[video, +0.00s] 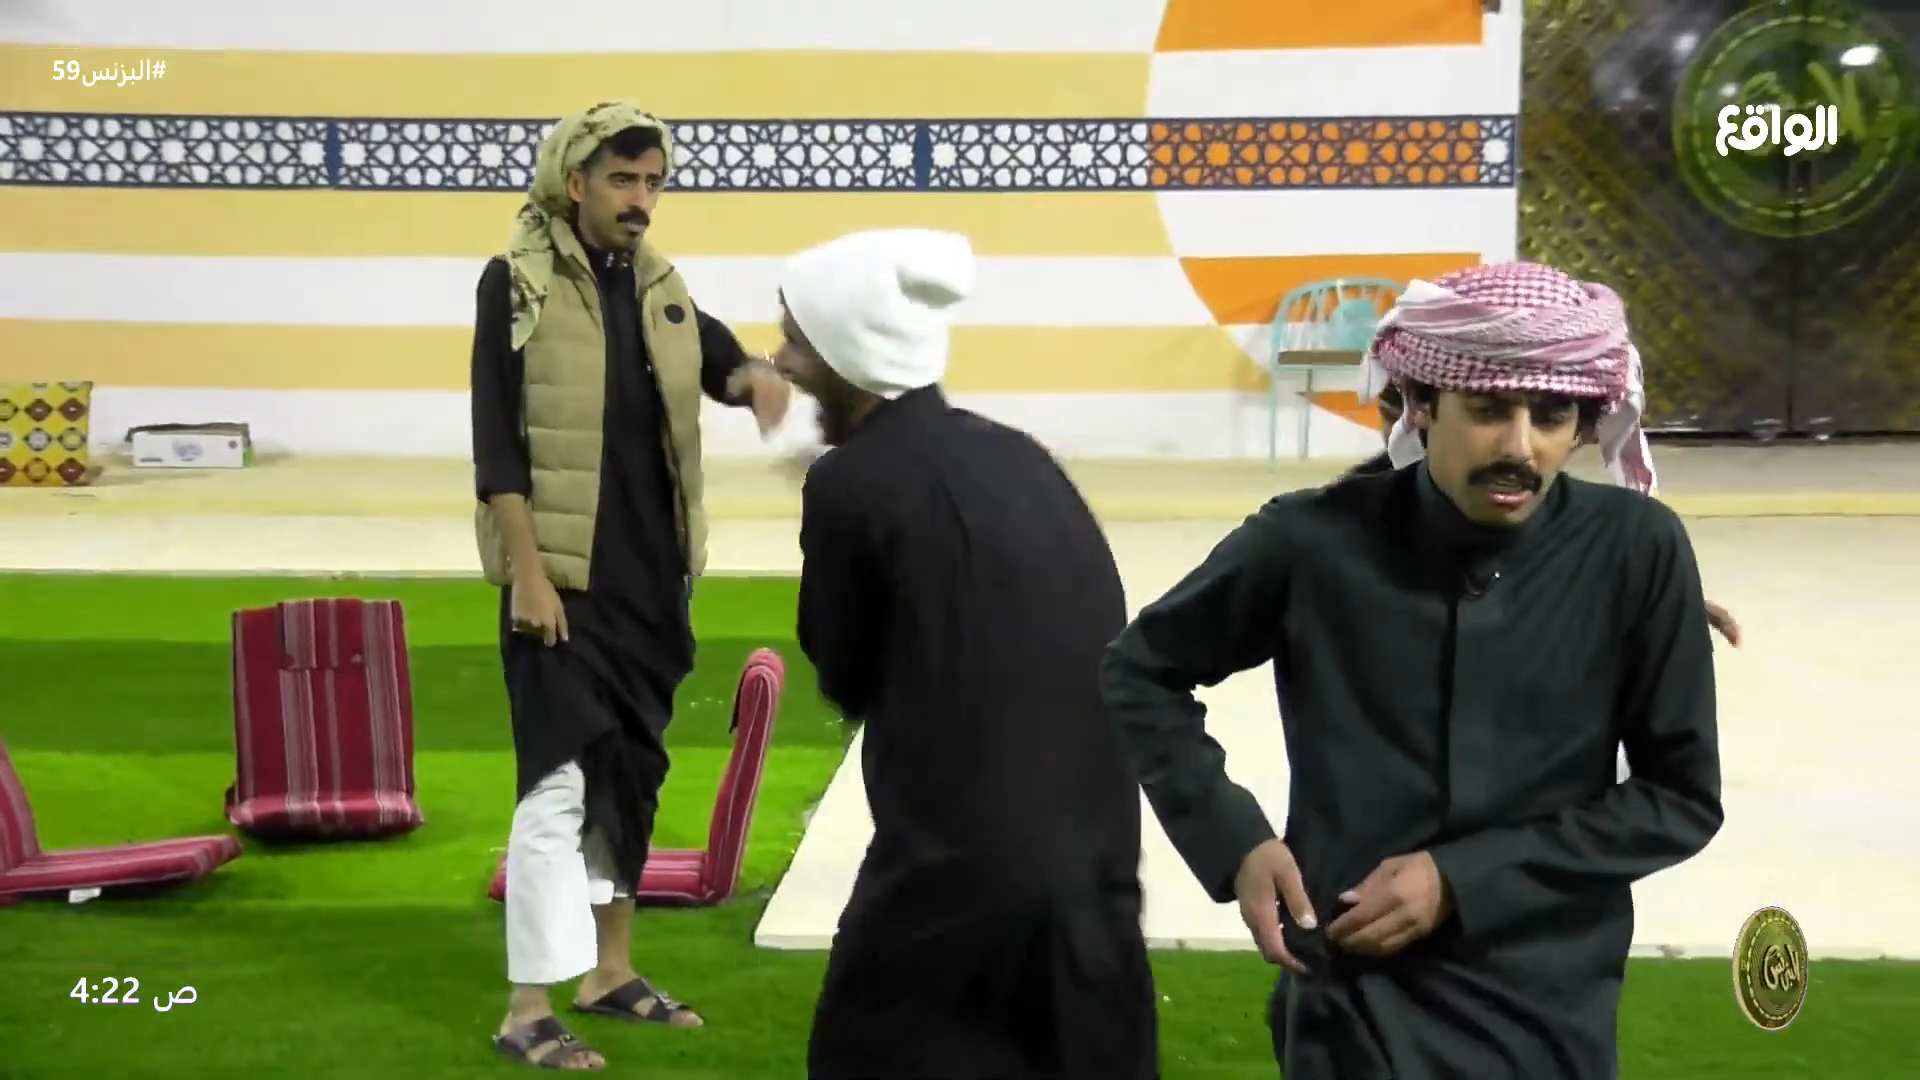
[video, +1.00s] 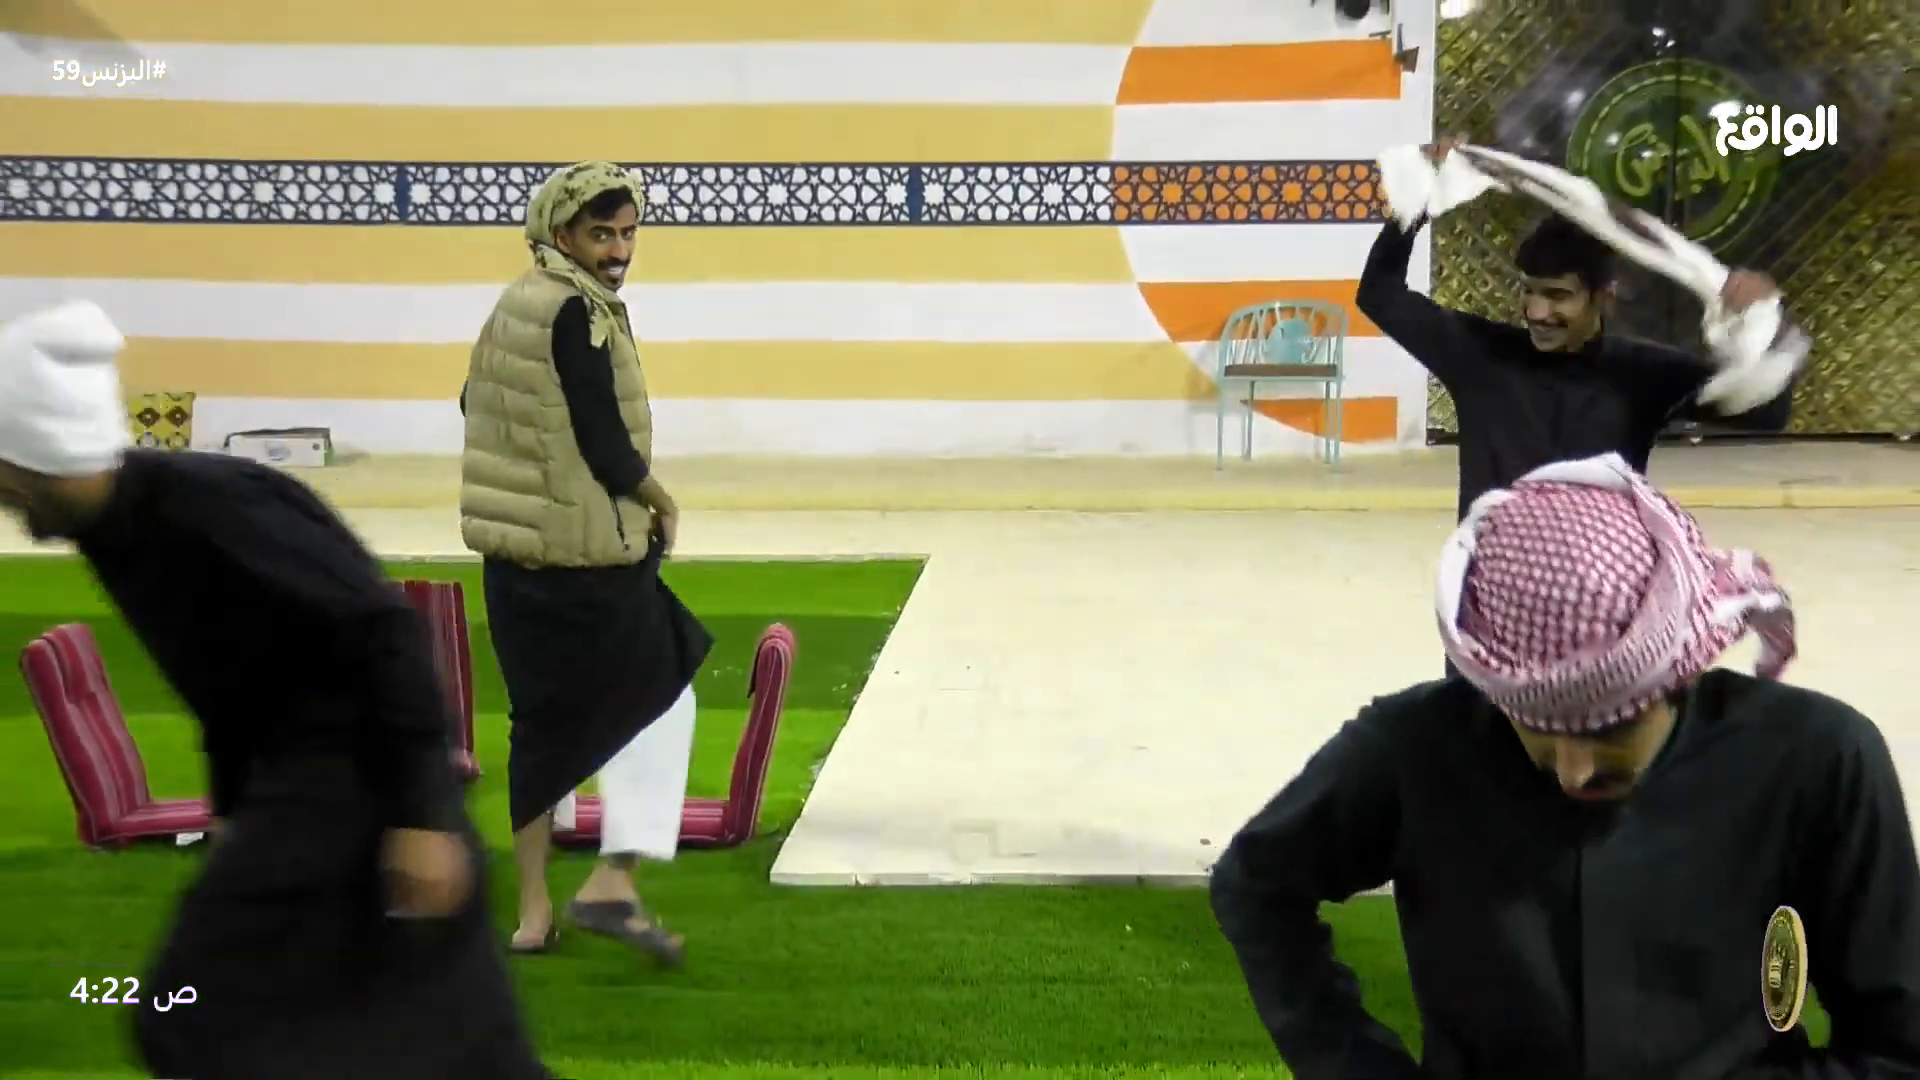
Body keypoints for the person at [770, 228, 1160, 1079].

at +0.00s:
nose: (781, 358)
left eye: (795, 341)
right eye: (787, 337)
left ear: (840, 364)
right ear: (908, 355)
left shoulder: (849, 481)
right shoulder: (1025, 456)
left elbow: (844, 675)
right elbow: (1099, 625)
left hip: (946, 864)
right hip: (1092, 856)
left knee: (870, 1057)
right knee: (1086, 1059)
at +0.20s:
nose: (668, 397)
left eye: (693, 371)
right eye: (666, 373)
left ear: (768, 381)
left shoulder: (839, 488)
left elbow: (907, 705)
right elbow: (840, 709)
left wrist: (827, 855)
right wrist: (697, 788)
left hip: (1011, 846)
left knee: (785, 1000)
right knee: (781, 981)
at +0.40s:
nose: (556, 521)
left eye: (558, 487)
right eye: (535, 507)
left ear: (625, 447)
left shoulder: (776, 501)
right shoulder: (643, 591)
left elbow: (912, 654)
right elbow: (715, 745)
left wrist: (830, 825)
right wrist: (691, 877)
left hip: (966, 771)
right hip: (830, 770)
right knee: (727, 975)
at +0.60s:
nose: (389, 614)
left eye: (400, 586)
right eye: (376, 591)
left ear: (469, 543)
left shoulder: (621, 556)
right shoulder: (497, 627)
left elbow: (782, 683)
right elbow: (586, 770)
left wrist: (792, 874)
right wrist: (586, 923)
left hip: (828, 791)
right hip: (696, 793)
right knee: (630, 995)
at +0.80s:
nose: (200, 613)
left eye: (204, 586)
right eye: (190, 592)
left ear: (260, 551)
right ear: (264, 551)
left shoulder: (437, 570)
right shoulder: (336, 617)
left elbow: (619, 681)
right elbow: (426, 747)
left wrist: (675, 869)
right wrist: (414, 898)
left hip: (626, 863)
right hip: (515, 870)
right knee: (520, 1038)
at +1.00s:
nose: (6, 494)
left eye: (7, 471)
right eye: (2, 474)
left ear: (38, 459)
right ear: (65, 448)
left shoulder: (213, 500)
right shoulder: (112, 534)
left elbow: (389, 629)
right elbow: (229, 688)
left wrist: (424, 813)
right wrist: (232, 814)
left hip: (373, 813)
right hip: (286, 823)